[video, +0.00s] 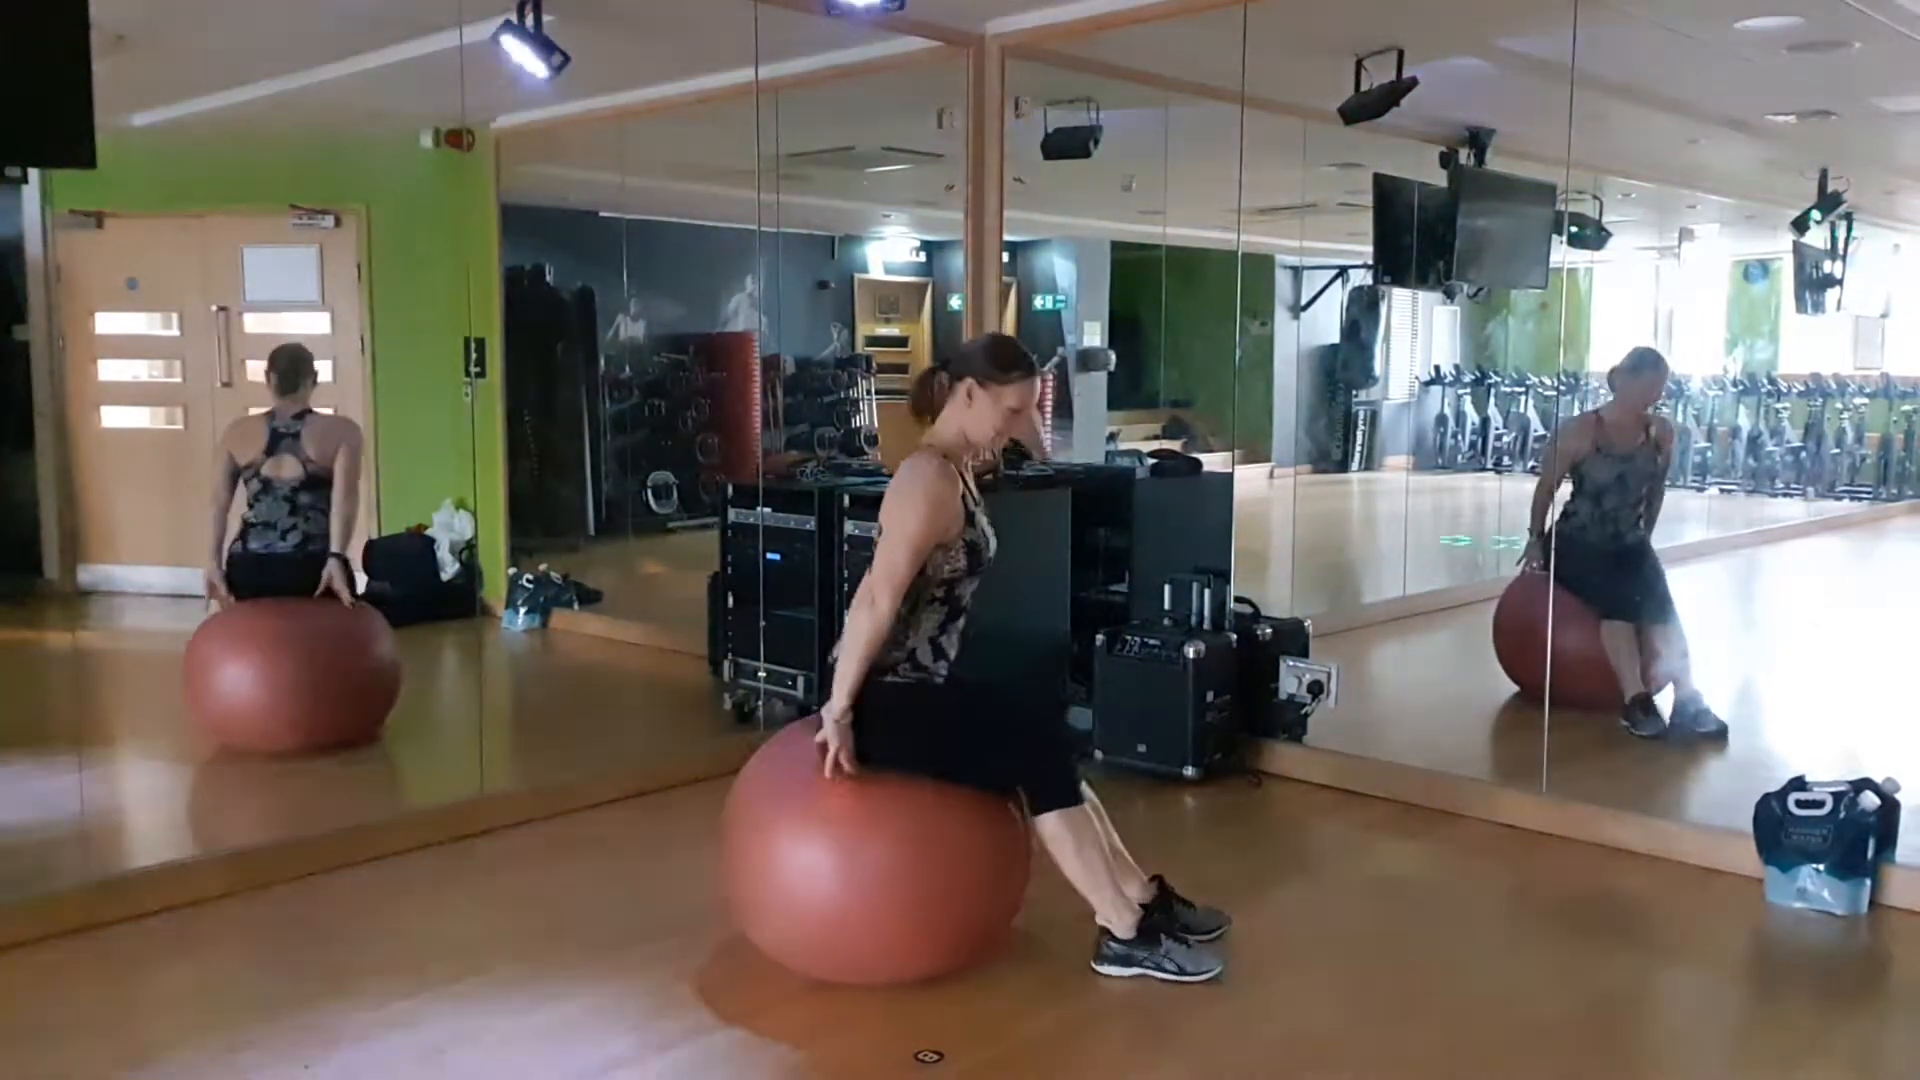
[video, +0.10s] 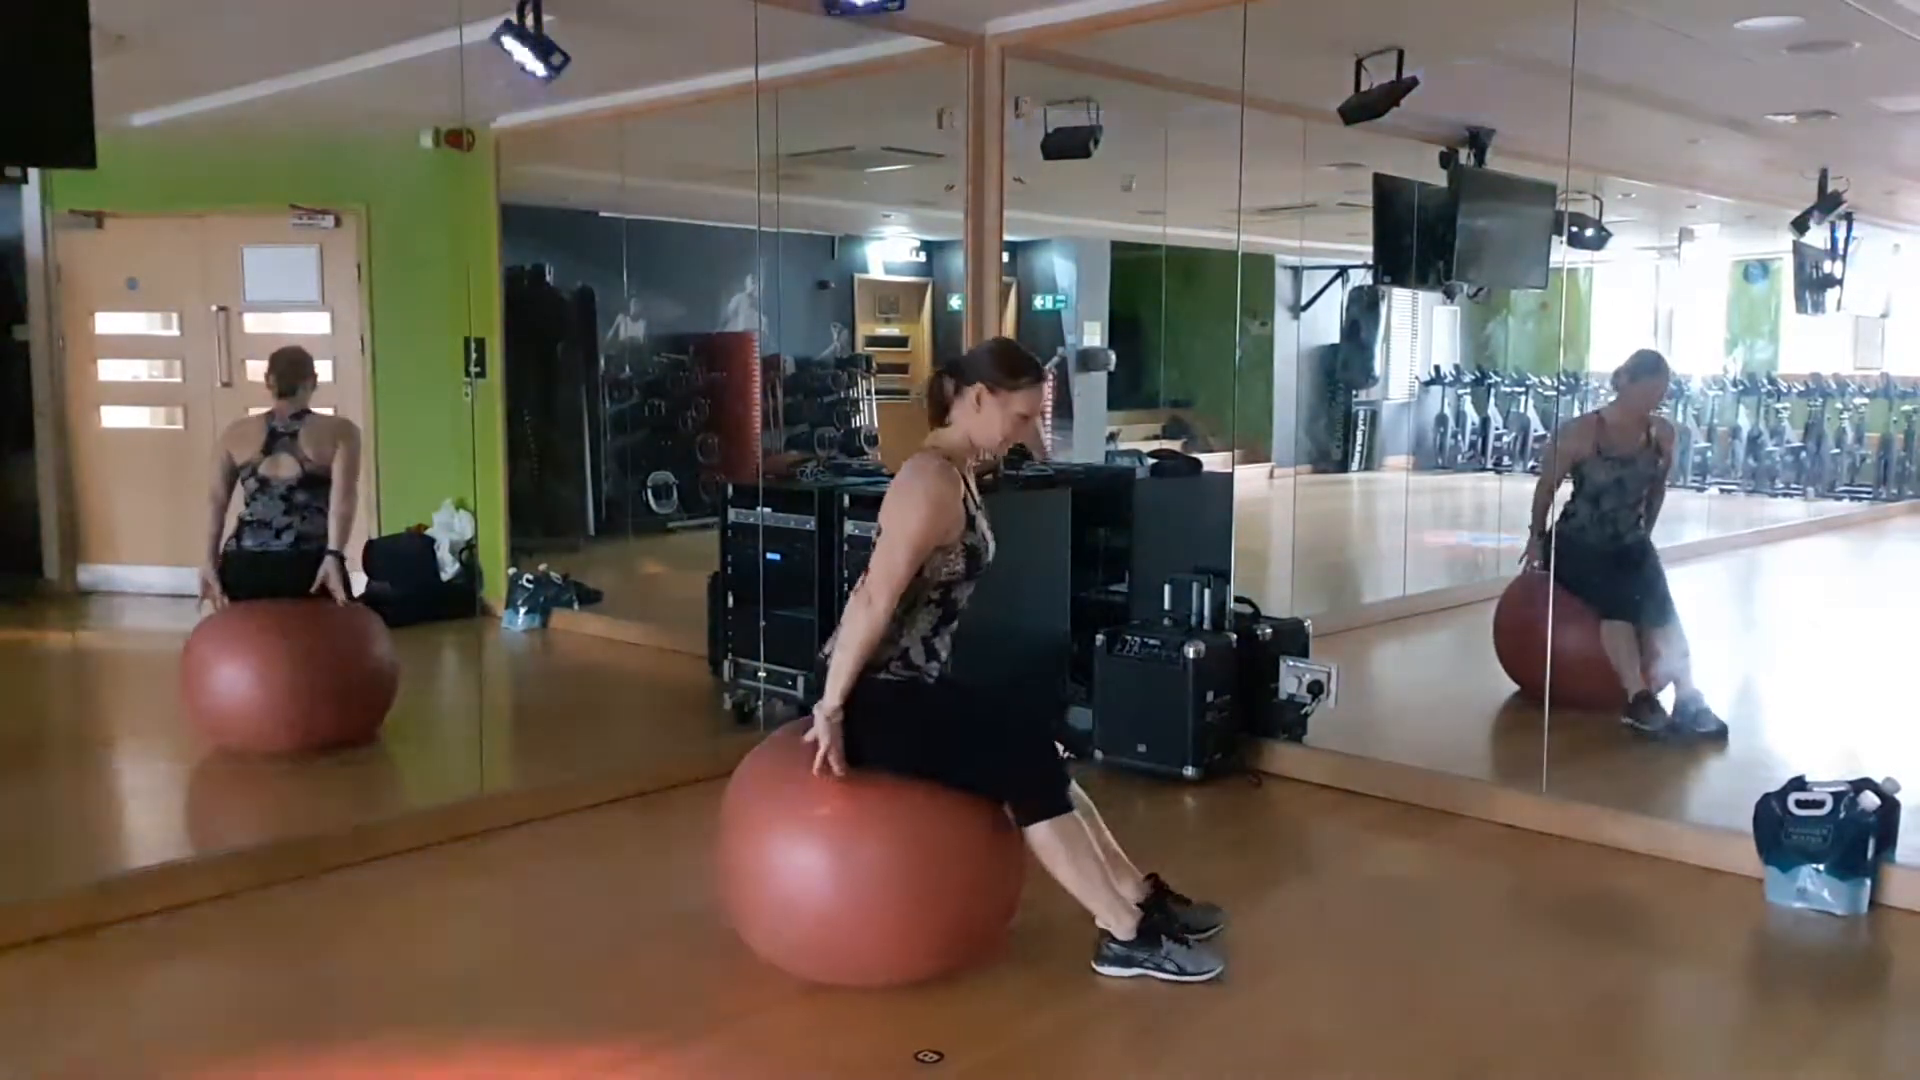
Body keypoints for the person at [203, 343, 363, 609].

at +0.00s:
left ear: (269, 380)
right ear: (313, 380)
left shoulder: (239, 432)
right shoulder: (341, 431)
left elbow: (219, 504)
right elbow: (343, 495)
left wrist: (213, 563)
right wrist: (337, 555)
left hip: (250, 570)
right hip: (314, 569)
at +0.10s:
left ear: (268, 382)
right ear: (313, 382)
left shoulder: (237, 433)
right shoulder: (339, 432)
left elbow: (217, 503)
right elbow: (341, 499)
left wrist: (209, 563)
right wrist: (334, 554)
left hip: (245, 569)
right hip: (309, 569)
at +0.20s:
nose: (311, 388)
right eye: (312, 382)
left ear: (269, 384)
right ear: (310, 384)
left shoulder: (236, 432)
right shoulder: (339, 431)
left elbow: (218, 498)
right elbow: (346, 493)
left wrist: (207, 560)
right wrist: (338, 550)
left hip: (239, 563)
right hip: (306, 562)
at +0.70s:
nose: (311, 394)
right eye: (310, 388)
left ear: (268, 384)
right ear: (310, 386)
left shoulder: (234, 435)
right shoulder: (334, 433)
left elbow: (213, 507)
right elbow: (339, 500)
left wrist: (203, 570)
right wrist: (329, 557)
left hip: (238, 569)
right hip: (302, 568)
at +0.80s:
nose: (311, 387)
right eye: (310, 380)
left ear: (264, 384)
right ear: (306, 384)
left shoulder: (232, 436)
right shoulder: (333, 432)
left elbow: (215, 509)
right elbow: (341, 500)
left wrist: (209, 575)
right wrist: (329, 558)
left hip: (241, 569)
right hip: (302, 569)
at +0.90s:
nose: (305, 386)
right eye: (303, 379)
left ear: (260, 383)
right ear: (299, 382)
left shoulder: (228, 436)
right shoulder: (330, 430)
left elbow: (216, 512)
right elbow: (342, 492)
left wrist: (212, 575)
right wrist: (332, 554)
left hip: (242, 569)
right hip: (306, 568)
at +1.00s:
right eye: (299, 376)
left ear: (256, 383)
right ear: (298, 379)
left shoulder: (228, 435)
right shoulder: (330, 429)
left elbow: (217, 507)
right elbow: (345, 494)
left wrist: (213, 573)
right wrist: (335, 556)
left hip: (244, 569)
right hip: (306, 568)